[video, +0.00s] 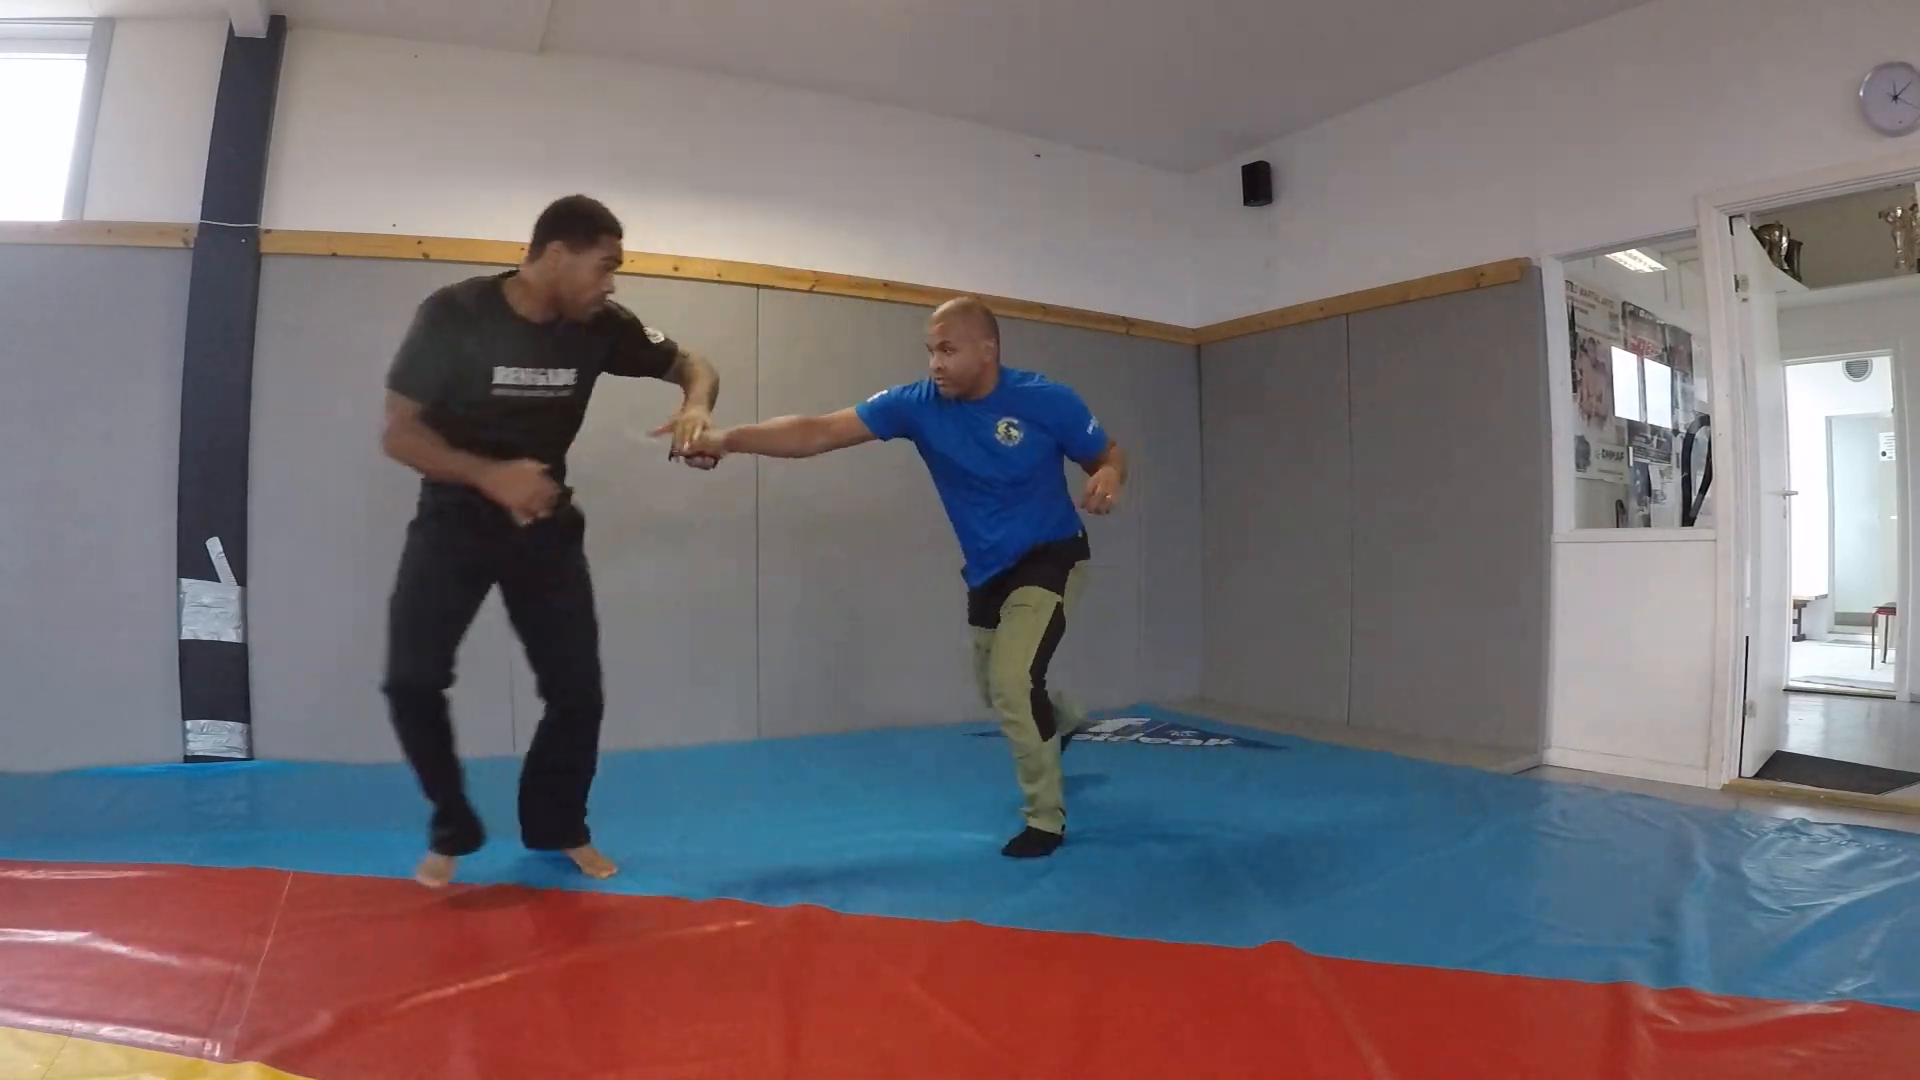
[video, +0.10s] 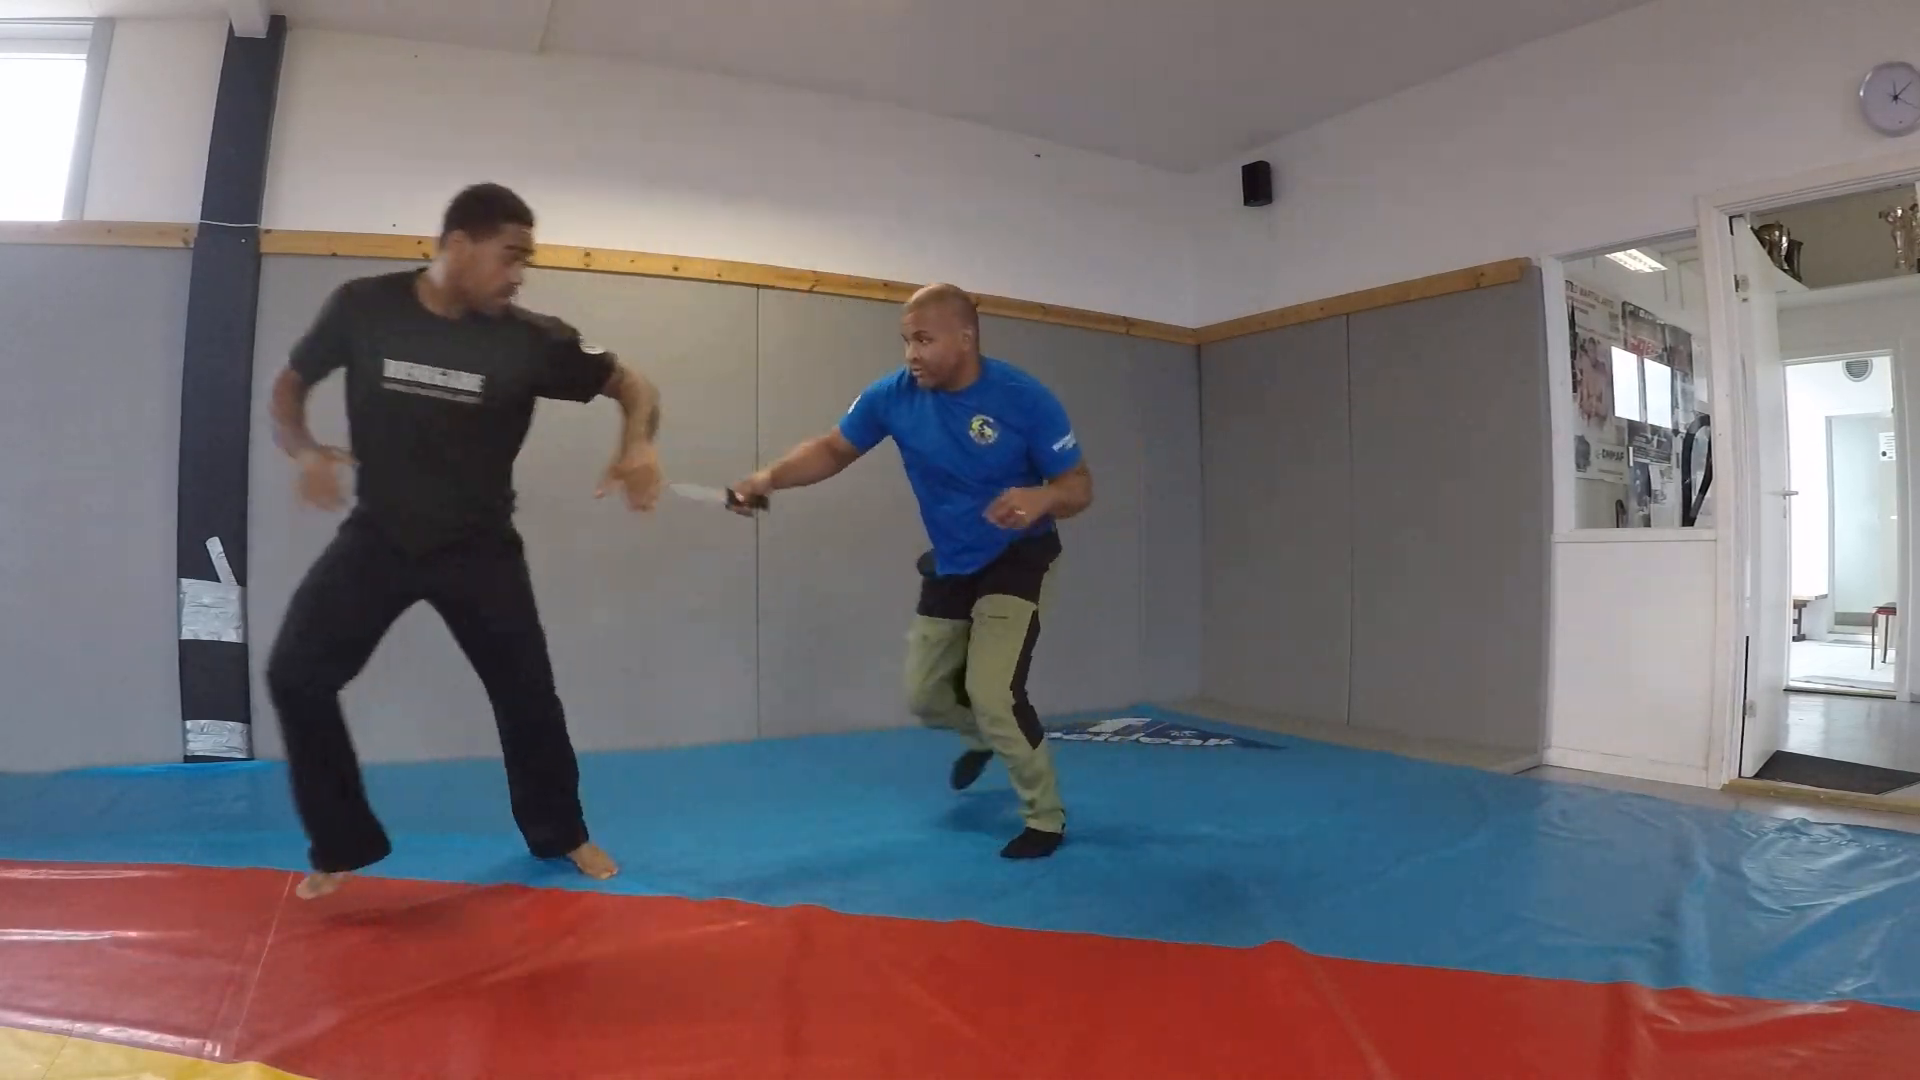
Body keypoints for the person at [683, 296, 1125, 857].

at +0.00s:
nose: (935, 363)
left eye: (947, 350)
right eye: (931, 350)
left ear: (989, 350)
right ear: (928, 351)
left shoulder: (1042, 401)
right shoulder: (916, 405)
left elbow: (1109, 456)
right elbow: (817, 432)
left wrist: (1108, 477)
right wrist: (723, 441)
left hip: (1049, 553)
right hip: (987, 569)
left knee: (1012, 680)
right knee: (997, 692)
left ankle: (1045, 819)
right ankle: (1056, 715)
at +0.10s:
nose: (911, 352)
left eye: (922, 339)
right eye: (906, 340)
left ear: (966, 338)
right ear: (903, 342)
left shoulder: (1023, 399)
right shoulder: (892, 397)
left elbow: (1078, 487)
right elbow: (832, 450)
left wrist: (1043, 499)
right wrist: (766, 479)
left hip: (1018, 558)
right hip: (950, 564)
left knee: (991, 695)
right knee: (927, 697)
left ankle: (1045, 817)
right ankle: (992, 732)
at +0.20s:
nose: (873, 347)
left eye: (884, 333)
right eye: (869, 334)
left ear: (930, 331)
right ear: (868, 335)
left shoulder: (988, 399)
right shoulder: (863, 393)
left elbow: (1014, 506)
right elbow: (857, 458)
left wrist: (933, 464)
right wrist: (816, 489)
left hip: (977, 564)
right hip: (903, 562)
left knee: (974, 717)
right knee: (844, 680)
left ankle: (1043, 817)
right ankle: (888, 772)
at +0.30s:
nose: (818, 339)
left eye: (829, 323)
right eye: (813, 326)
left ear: (877, 320)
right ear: (815, 328)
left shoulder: (935, 387)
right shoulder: (822, 383)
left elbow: (920, 487)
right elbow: (807, 442)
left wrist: (838, 411)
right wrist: (762, 458)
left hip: (929, 566)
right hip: (852, 560)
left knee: (950, 719)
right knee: (774, 666)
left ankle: (1038, 813)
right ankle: (748, 815)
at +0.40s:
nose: (744, 326)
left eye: (754, 311)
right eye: (741, 314)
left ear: (802, 306)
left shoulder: (865, 372)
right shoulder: (743, 373)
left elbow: (843, 474)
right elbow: (681, 419)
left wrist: (762, 389)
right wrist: (628, 414)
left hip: (870, 570)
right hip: (788, 567)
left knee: (921, 722)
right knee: (712, 689)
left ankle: (1028, 802)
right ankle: (649, 841)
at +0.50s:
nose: (648, 322)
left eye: (659, 307)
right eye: (645, 308)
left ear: (710, 302)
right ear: (663, 311)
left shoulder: (780, 368)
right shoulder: (652, 372)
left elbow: (801, 476)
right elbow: (543, 389)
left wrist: (709, 410)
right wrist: (449, 376)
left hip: (803, 573)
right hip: (714, 570)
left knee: (861, 728)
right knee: (640, 694)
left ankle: (995, 789)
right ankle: (638, 858)